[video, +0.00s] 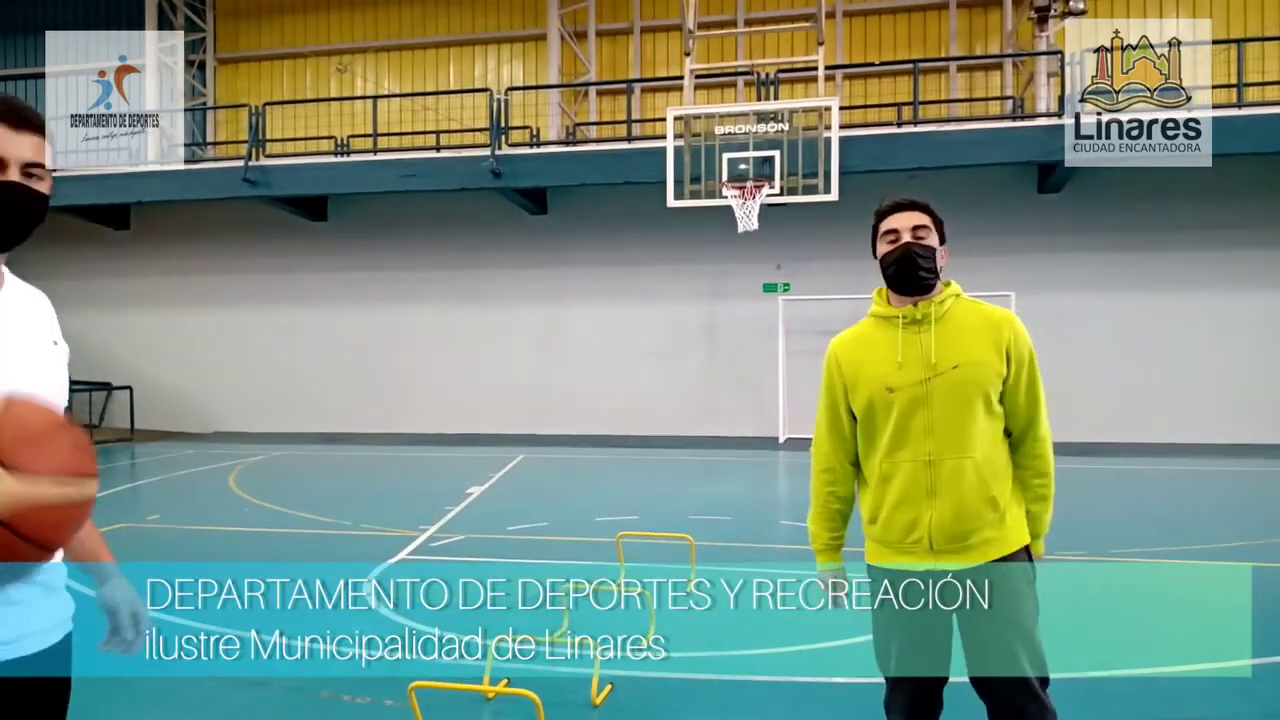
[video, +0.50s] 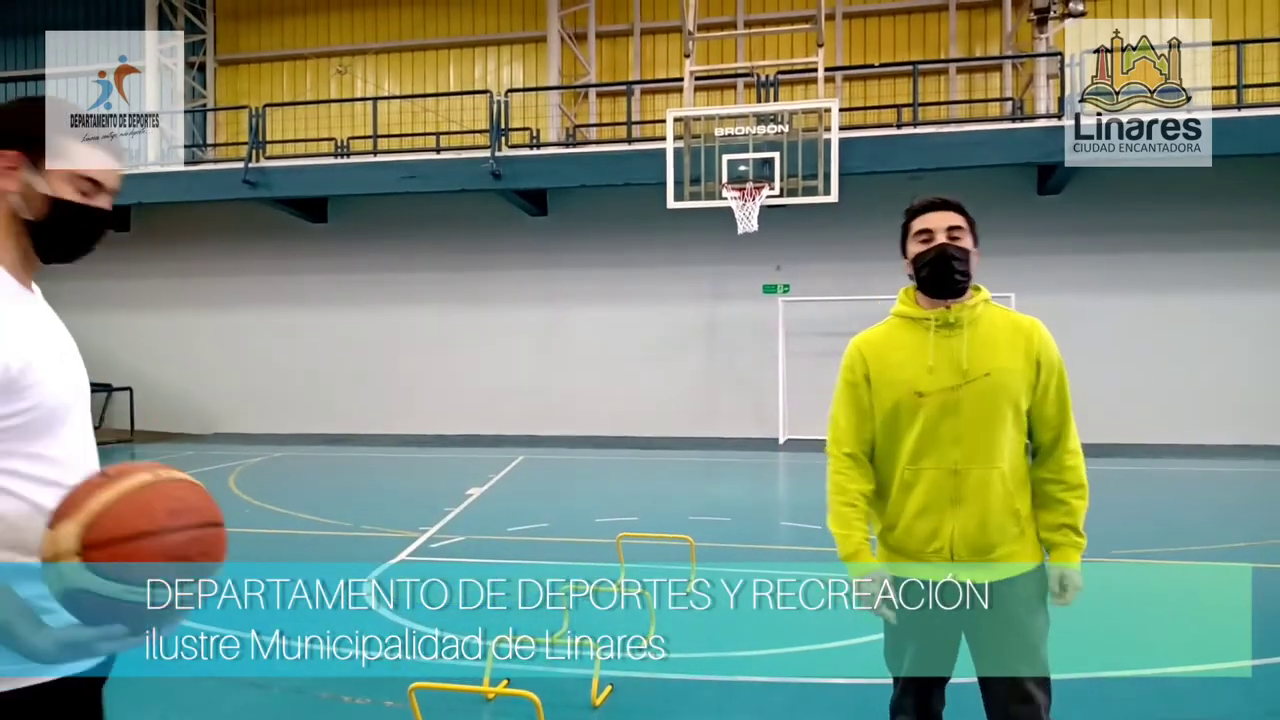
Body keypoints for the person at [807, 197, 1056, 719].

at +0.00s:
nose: (906, 241)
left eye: (919, 232)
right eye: (891, 236)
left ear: (943, 252)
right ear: (877, 259)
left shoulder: (1000, 330)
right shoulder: (849, 350)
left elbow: (1031, 439)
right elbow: (833, 458)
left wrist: (1033, 536)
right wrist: (828, 552)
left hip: (993, 551)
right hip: (899, 557)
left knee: (1019, 700)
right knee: (910, 703)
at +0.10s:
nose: (908, 245)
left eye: (920, 235)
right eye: (891, 240)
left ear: (942, 253)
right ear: (876, 261)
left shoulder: (998, 331)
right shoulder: (847, 352)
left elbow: (1031, 436)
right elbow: (827, 459)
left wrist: (1042, 535)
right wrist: (820, 555)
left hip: (994, 554)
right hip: (901, 560)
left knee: (1021, 702)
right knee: (910, 703)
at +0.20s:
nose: (912, 243)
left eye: (924, 233)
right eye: (895, 237)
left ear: (945, 250)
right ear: (879, 258)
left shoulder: (1000, 330)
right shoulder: (848, 350)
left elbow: (1040, 433)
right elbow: (825, 458)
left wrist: (1051, 532)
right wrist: (819, 555)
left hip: (995, 554)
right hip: (901, 560)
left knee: (1020, 701)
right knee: (911, 704)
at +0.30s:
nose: (919, 242)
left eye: (931, 231)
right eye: (902, 235)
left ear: (952, 248)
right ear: (886, 257)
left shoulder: (1006, 330)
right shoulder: (854, 349)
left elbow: (1046, 435)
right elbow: (829, 454)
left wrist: (1059, 530)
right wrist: (829, 550)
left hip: (999, 556)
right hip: (904, 560)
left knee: (1019, 702)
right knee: (912, 704)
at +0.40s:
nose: (931, 242)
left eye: (944, 233)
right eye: (914, 236)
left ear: (964, 252)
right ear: (896, 258)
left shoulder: (1017, 336)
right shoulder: (862, 351)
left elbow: (1051, 444)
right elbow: (837, 458)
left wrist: (1062, 539)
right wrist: (847, 555)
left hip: (1004, 562)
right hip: (909, 565)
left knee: (1021, 705)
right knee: (912, 705)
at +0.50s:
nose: (942, 243)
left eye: (955, 234)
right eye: (925, 237)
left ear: (975, 252)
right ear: (907, 258)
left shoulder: (1026, 339)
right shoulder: (870, 351)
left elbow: (1057, 452)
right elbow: (848, 461)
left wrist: (1064, 548)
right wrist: (858, 558)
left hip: (1009, 566)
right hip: (913, 568)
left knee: (1022, 707)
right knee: (914, 706)